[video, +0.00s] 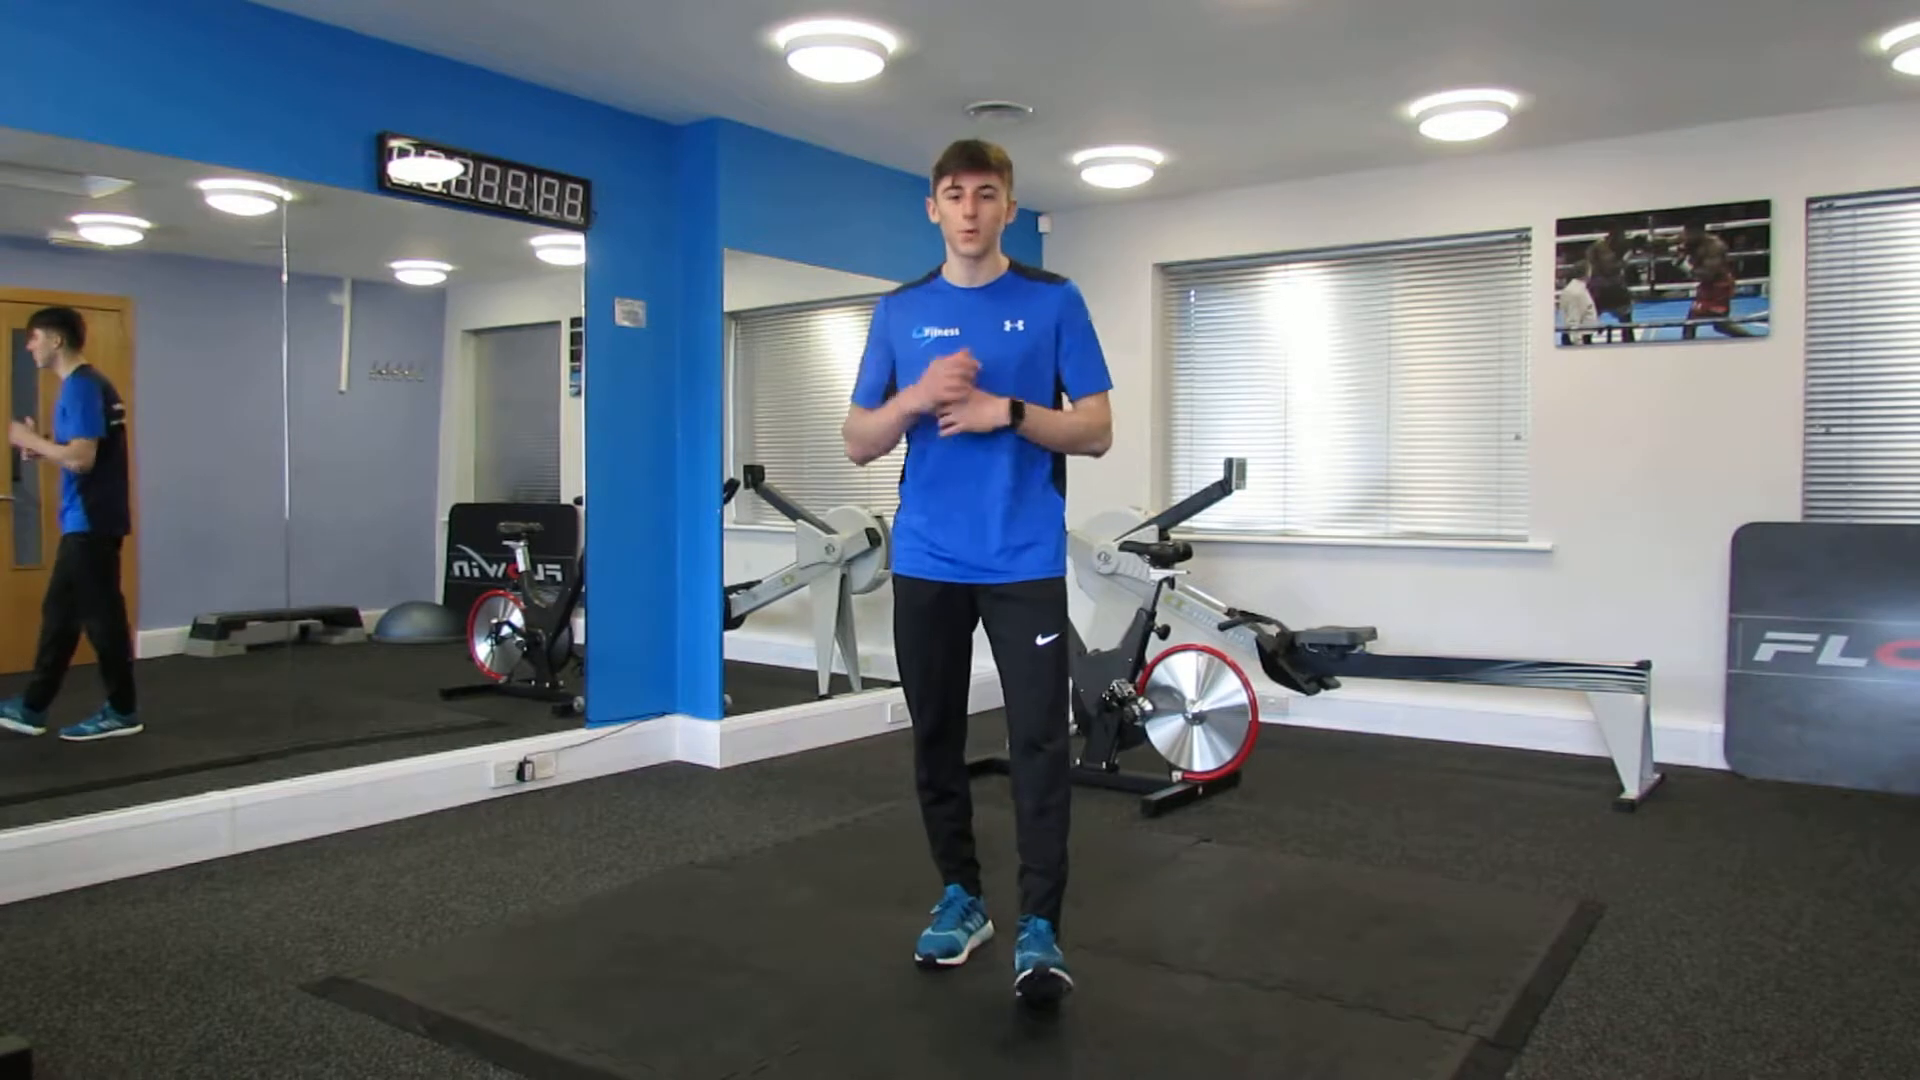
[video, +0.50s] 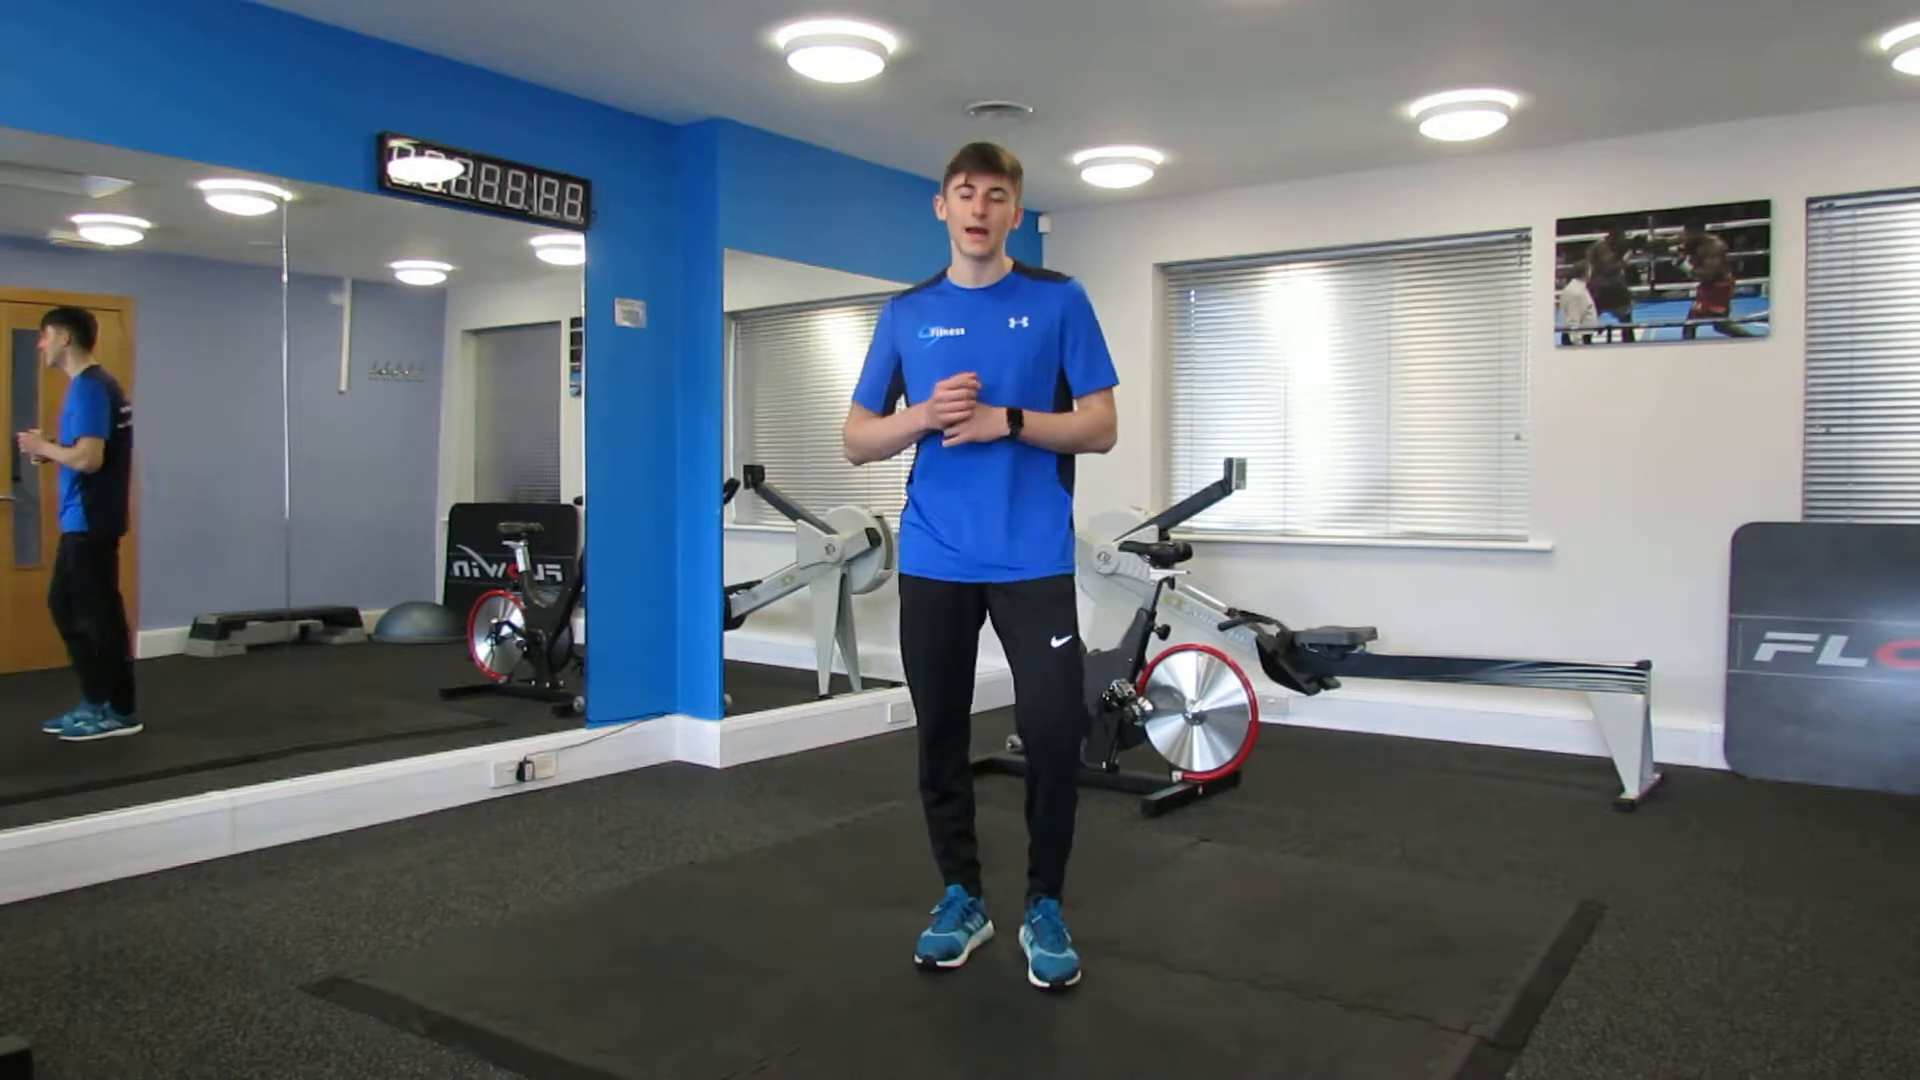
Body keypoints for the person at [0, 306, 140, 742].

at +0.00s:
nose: (30, 347)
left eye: (34, 338)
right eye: (30, 338)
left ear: (57, 340)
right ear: (61, 341)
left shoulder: (83, 386)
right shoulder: (87, 384)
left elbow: (82, 457)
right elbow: (89, 451)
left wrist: (34, 441)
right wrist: (47, 450)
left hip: (93, 527)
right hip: (87, 526)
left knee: (101, 616)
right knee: (60, 613)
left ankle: (122, 709)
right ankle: (32, 708)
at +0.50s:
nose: (40, 345)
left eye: (45, 336)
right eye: (41, 336)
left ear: (67, 339)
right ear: (75, 340)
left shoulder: (92, 387)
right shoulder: (92, 384)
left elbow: (89, 458)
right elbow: (87, 454)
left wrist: (44, 447)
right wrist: (49, 452)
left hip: (92, 526)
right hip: (86, 525)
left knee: (94, 610)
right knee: (65, 604)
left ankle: (117, 708)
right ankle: (96, 702)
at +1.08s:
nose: (14, 350)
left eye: (19, 340)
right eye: (15, 341)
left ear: (38, 342)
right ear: (49, 343)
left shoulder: (54, 389)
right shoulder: (83, 388)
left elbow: (54, 456)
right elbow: (70, 454)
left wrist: (13, 448)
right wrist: (22, 451)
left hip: (57, 524)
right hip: (84, 523)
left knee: (31, 607)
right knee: (75, 606)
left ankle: (99, 694)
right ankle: (98, 698)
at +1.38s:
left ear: (13, 344)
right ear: (32, 344)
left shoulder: (30, 386)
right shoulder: (61, 386)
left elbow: (41, 456)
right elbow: (63, 457)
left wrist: (2, 450)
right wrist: (19, 453)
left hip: (32, 526)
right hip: (65, 524)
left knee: (6, 615)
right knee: (70, 611)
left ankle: (5, 714)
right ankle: (100, 703)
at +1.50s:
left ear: (0, 345)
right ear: (18, 344)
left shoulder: (16, 388)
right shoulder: (43, 387)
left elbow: (23, 457)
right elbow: (44, 455)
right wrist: (9, 455)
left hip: (23, 529)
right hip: (51, 525)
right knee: (64, 611)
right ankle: (99, 703)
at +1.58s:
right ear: (11, 343)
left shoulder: (9, 388)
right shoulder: (32, 389)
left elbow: (11, 459)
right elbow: (37, 459)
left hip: (16, 528)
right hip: (40, 526)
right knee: (54, 611)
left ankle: (97, 700)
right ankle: (97, 701)